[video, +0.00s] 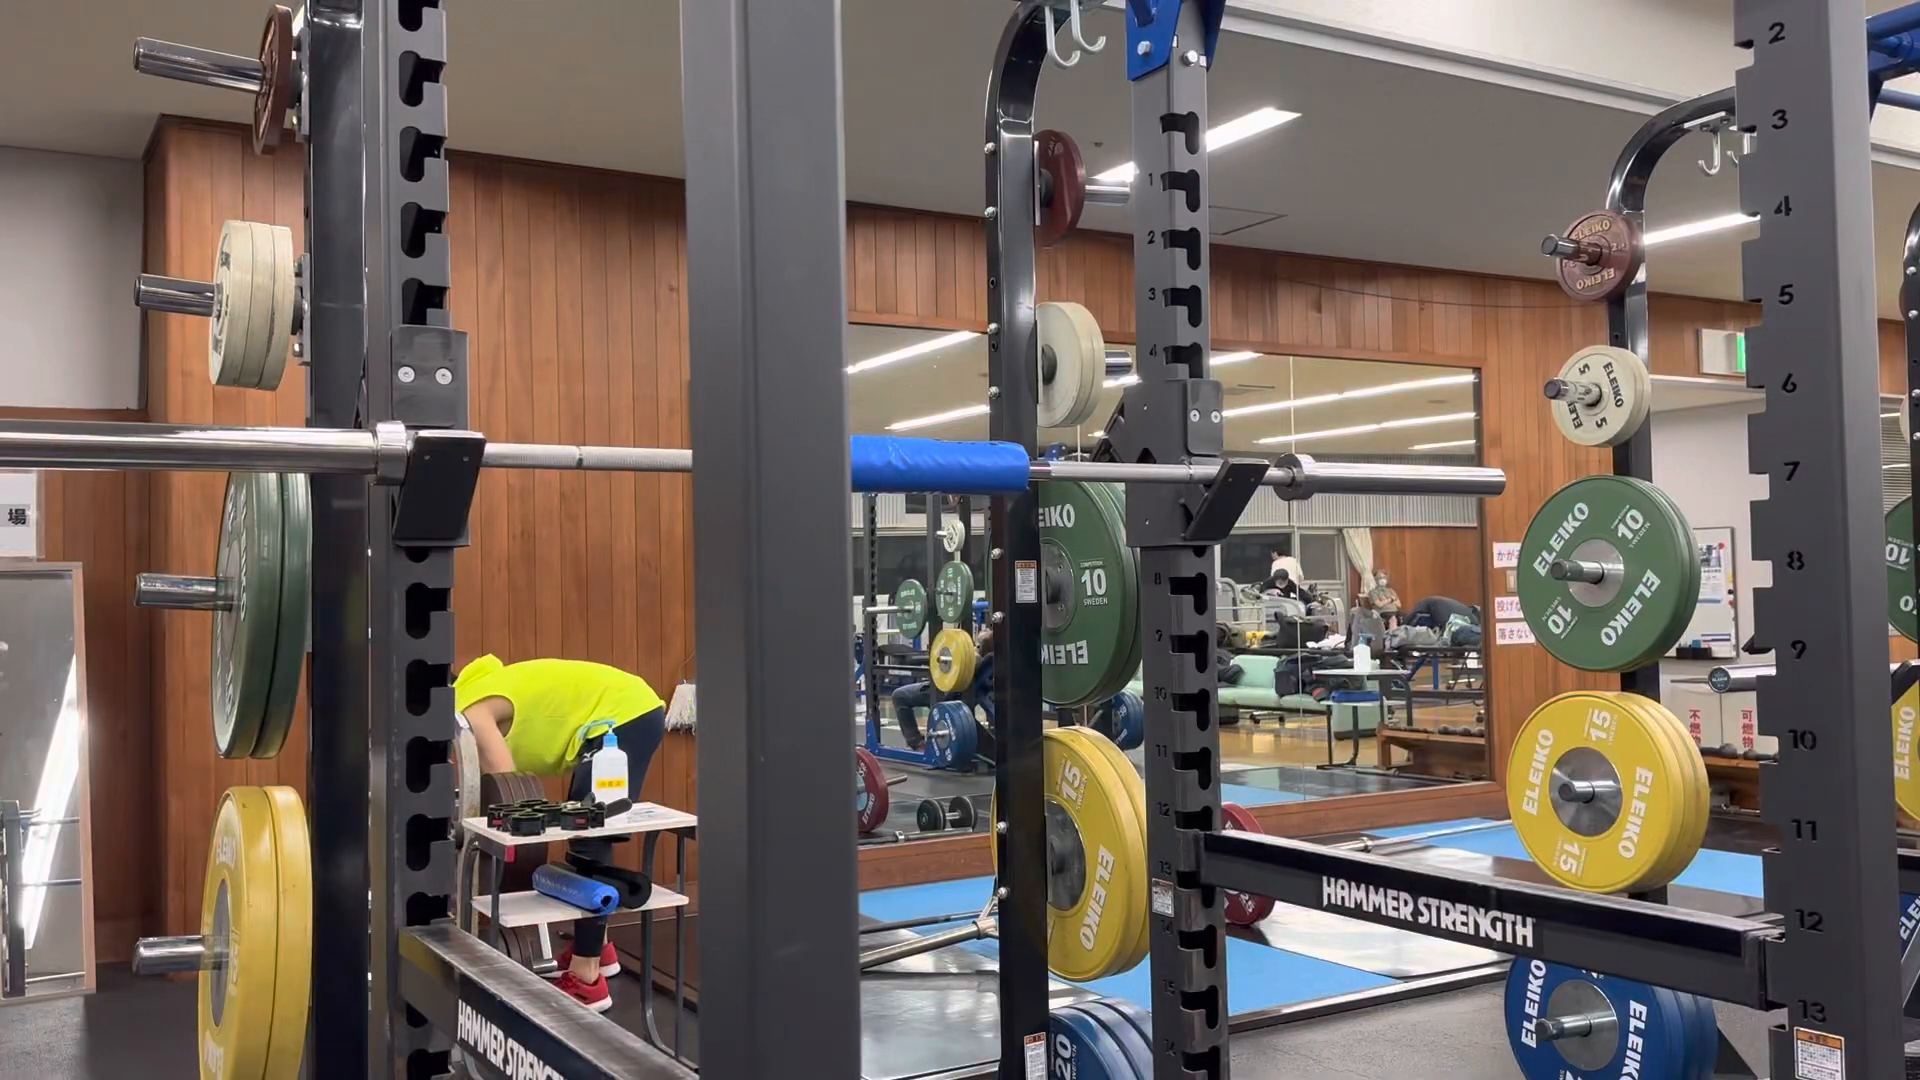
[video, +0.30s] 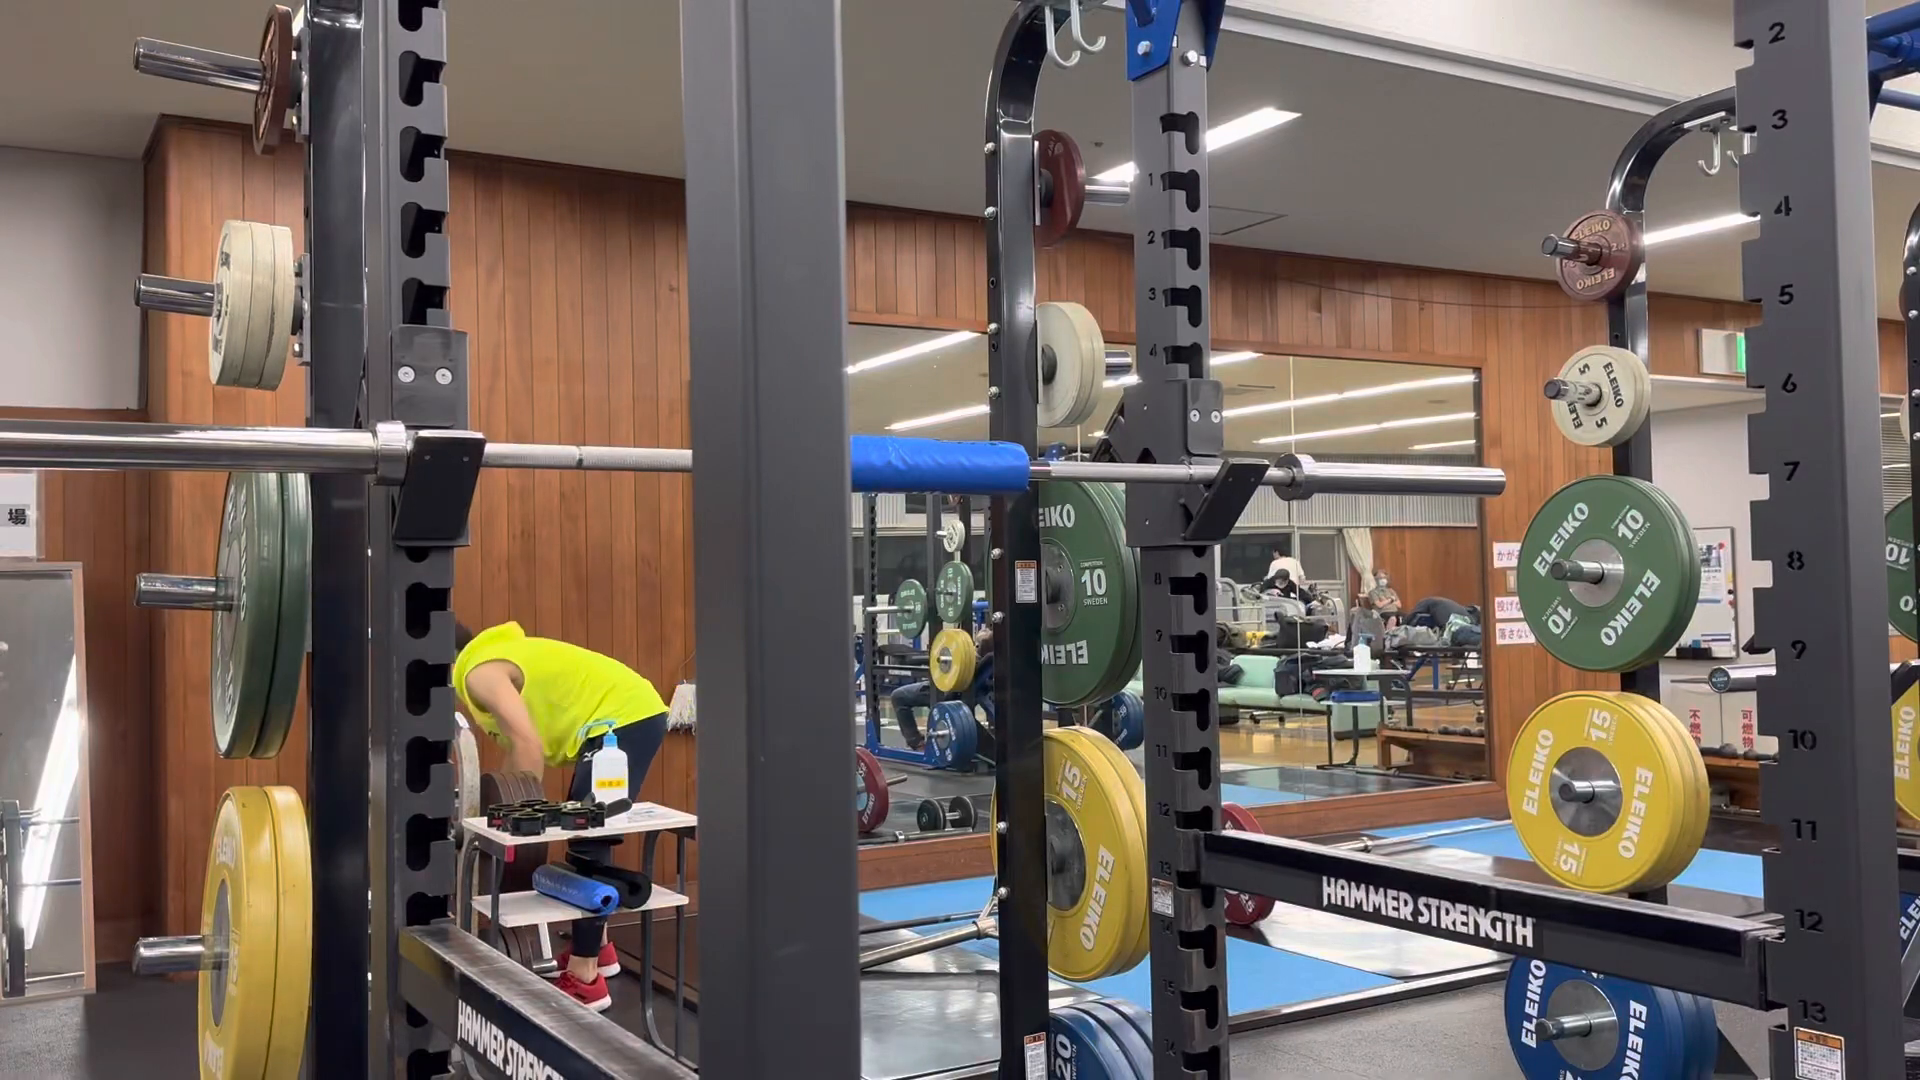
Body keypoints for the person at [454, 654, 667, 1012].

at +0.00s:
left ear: (447, 709)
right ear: (453, 685)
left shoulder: (474, 709)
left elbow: (506, 785)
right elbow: (502, 785)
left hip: (621, 720)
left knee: (588, 849)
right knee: (587, 843)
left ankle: (585, 977)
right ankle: (595, 945)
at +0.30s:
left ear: (439, 659)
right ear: (459, 639)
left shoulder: (482, 672)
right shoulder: (477, 673)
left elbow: (529, 745)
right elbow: (513, 748)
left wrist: (517, 815)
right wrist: (501, 809)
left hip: (622, 722)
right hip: (614, 721)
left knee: (586, 848)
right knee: (586, 844)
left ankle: (584, 976)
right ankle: (596, 943)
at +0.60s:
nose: (463, 557)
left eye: (473, 547)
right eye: (463, 548)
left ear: (505, 552)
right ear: (490, 555)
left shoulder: (541, 597)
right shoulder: (501, 608)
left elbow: (596, 655)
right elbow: (537, 684)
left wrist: (596, 734)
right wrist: (537, 754)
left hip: (619, 721)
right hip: (578, 725)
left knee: (594, 834)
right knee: (575, 835)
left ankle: (604, 962)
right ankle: (585, 946)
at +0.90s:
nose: (535, 515)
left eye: (549, 507)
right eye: (528, 510)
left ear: (576, 520)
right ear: (522, 527)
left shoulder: (603, 570)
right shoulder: (529, 582)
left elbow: (660, 638)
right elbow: (544, 645)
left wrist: (641, 717)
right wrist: (529, 696)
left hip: (617, 737)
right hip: (565, 738)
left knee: (615, 850)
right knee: (557, 843)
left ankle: (613, 957)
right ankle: (582, 930)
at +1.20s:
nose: (615, 509)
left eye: (622, 500)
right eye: (602, 501)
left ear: (633, 508)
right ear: (575, 512)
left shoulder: (661, 562)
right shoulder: (551, 570)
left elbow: (702, 618)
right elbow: (521, 643)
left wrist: (701, 652)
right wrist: (557, 646)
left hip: (657, 725)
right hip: (592, 730)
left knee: (639, 848)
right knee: (596, 843)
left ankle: (617, 953)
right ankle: (577, 927)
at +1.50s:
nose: (667, 505)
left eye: (667, 495)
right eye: (657, 496)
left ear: (653, 502)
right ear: (622, 502)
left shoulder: (665, 547)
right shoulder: (586, 559)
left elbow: (699, 594)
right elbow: (566, 639)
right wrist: (638, 618)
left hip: (672, 720)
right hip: (623, 726)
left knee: (647, 848)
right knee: (679, 829)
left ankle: (607, 953)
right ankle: (634, 952)